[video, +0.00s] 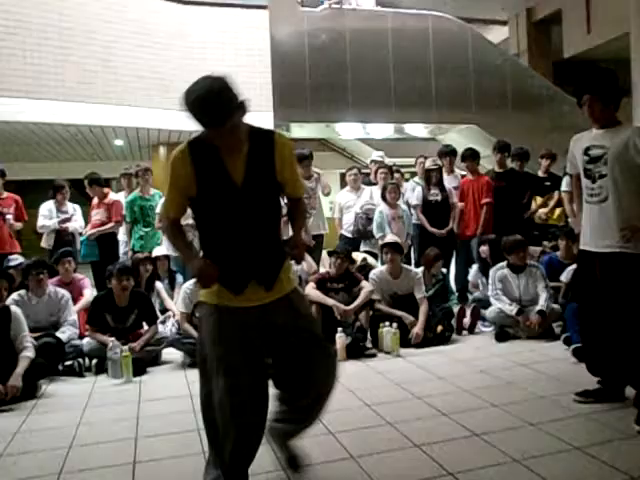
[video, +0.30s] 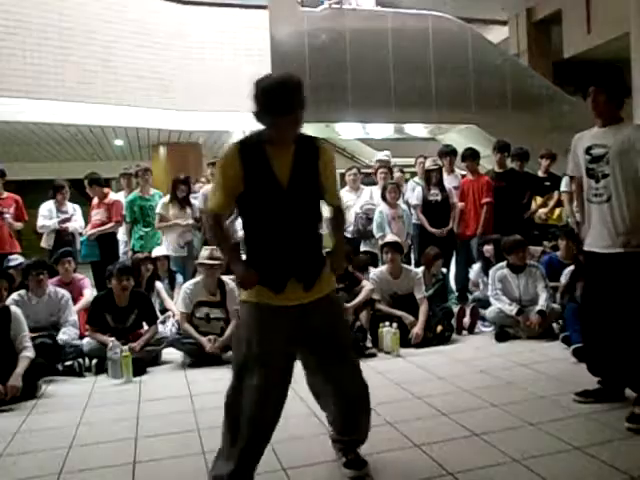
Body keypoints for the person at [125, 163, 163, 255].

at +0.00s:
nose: (146, 178)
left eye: (148, 175)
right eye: (142, 175)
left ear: (151, 177)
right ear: (137, 179)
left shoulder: (158, 196)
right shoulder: (131, 200)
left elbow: (163, 218)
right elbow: (128, 223)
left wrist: (165, 240)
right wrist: (129, 245)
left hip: (156, 240)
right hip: (139, 241)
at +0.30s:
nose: (145, 178)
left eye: (147, 175)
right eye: (142, 175)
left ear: (151, 177)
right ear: (137, 179)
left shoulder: (159, 196)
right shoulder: (131, 199)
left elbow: (162, 218)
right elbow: (128, 223)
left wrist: (165, 239)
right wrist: (129, 246)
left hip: (156, 240)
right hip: (139, 241)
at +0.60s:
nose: (144, 178)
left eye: (146, 175)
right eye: (141, 175)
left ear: (150, 177)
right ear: (135, 179)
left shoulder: (157, 196)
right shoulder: (130, 200)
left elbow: (161, 218)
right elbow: (127, 223)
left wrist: (164, 239)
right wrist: (127, 245)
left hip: (156, 241)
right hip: (138, 242)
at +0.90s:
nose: (148, 179)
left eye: (150, 176)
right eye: (145, 176)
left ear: (154, 178)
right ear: (140, 180)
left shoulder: (161, 197)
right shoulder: (134, 200)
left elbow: (165, 219)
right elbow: (131, 223)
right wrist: (130, 242)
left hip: (159, 241)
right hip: (141, 242)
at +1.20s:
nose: (157, 173)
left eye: (159, 169)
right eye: (153, 170)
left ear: (162, 172)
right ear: (149, 173)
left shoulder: (169, 190)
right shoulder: (143, 193)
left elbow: (173, 212)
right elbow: (140, 215)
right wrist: (138, 234)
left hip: (167, 233)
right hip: (150, 234)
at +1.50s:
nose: (146, 169)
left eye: (148, 166)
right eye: (142, 166)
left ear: (152, 168)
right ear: (137, 170)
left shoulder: (159, 187)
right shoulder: (132, 190)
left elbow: (163, 208)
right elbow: (129, 213)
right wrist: (127, 233)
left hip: (157, 230)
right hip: (139, 231)